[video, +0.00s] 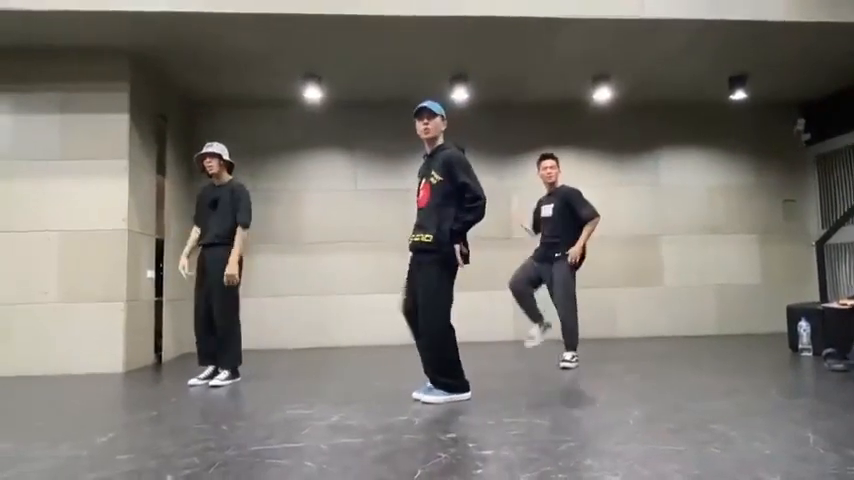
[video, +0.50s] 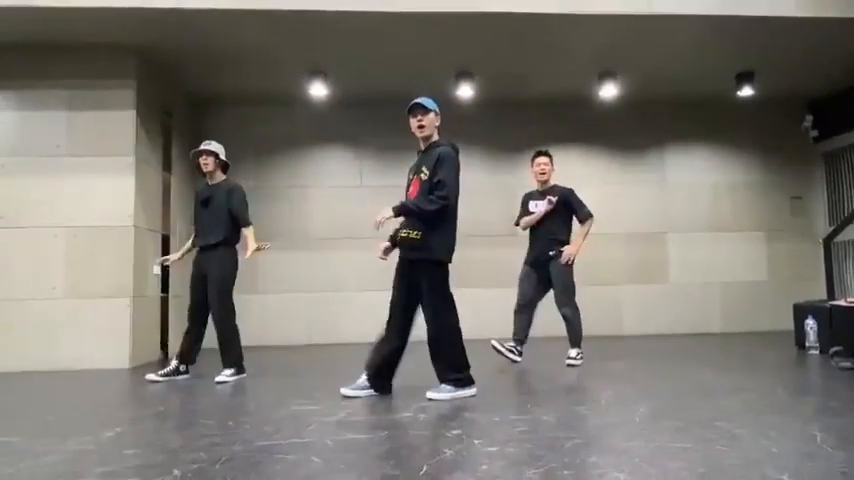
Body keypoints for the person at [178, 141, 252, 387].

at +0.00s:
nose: (207, 163)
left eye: (212, 159)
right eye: (205, 160)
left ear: (223, 161)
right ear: (203, 165)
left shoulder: (238, 190)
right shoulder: (205, 192)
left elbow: (242, 229)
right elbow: (198, 227)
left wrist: (233, 262)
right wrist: (185, 253)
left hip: (225, 254)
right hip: (206, 254)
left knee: (224, 311)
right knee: (204, 310)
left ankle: (229, 368)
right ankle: (210, 364)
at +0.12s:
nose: (209, 164)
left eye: (213, 159)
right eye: (206, 160)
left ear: (225, 162)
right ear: (204, 165)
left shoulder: (239, 191)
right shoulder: (205, 192)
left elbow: (239, 231)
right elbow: (200, 224)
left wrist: (215, 257)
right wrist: (196, 248)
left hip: (230, 254)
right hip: (208, 253)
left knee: (230, 312)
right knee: (192, 305)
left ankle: (233, 367)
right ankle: (225, 338)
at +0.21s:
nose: (208, 164)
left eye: (213, 159)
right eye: (206, 160)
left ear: (224, 162)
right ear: (204, 165)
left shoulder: (238, 192)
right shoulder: (205, 193)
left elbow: (240, 232)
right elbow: (204, 227)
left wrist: (211, 251)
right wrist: (198, 248)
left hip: (230, 255)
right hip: (208, 254)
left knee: (228, 312)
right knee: (185, 300)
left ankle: (234, 367)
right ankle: (231, 307)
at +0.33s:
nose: (205, 159)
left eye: (210, 155)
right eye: (203, 156)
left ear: (222, 158)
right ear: (201, 161)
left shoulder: (236, 187)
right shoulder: (205, 189)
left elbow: (243, 223)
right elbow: (205, 225)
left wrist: (232, 241)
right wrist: (192, 244)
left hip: (226, 254)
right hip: (204, 253)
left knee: (228, 313)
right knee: (177, 297)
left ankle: (236, 366)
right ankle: (215, 322)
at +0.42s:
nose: (203, 160)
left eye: (208, 156)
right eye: (201, 157)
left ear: (220, 159)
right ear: (201, 162)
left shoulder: (234, 187)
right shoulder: (205, 191)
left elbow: (247, 221)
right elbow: (202, 230)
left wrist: (248, 245)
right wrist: (181, 252)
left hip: (225, 252)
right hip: (202, 252)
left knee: (226, 309)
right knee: (190, 307)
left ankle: (234, 365)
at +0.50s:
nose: (203, 161)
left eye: (208, 156)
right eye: (200, 157)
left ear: (219, 160)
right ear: (199, 162)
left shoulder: (233, 190)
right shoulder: (201, 192)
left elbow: (245, 222)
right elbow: (198, 231)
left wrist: (251, 244)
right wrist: (179, 254)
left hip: (223, 254)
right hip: (202, 255)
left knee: (221, 310)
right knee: (197, 312)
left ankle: (234, 366)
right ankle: (182, 364)